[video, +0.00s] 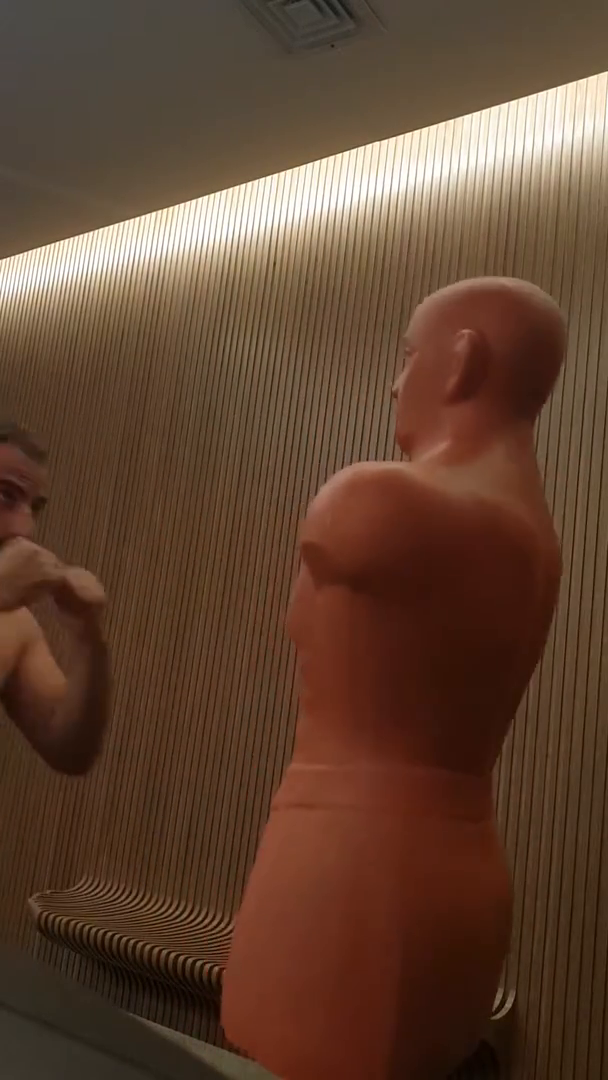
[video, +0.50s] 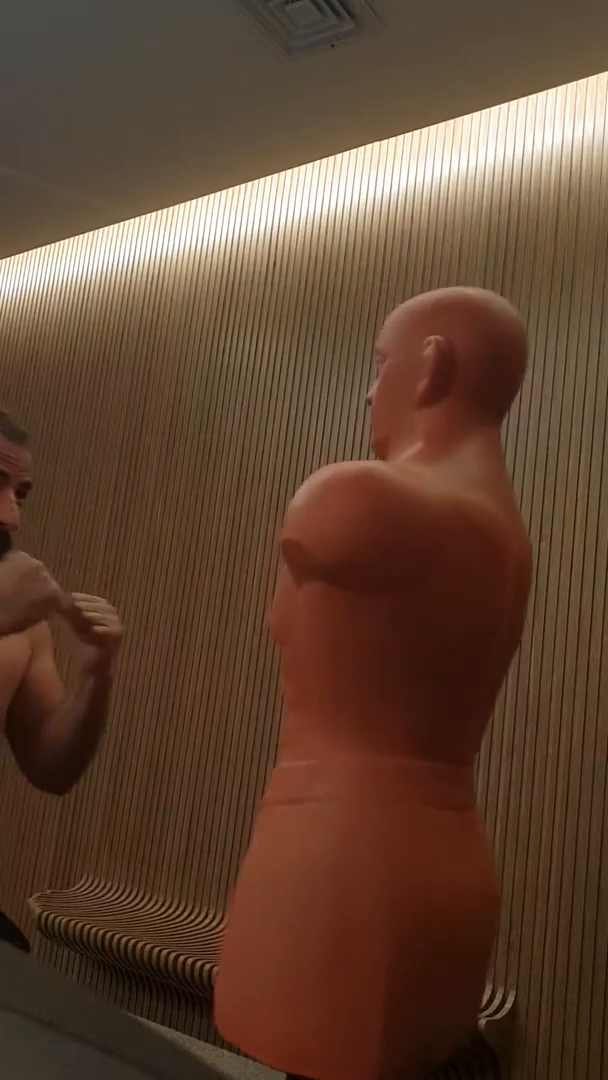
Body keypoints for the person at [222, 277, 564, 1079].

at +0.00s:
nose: (397, 384)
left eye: (410, 357)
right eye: (403, 359)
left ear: (462, 363)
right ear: (528, 390)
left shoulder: (374, 507)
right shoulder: (532, 542)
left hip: (348, 883)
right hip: (453, 873)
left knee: (297, 1065)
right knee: (410, 1065)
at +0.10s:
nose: (373, 397)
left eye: (386, 372)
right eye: (378, 374)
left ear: (436, 378)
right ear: (498, 400)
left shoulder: (356, 505)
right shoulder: (505, 541)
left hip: (342, 863)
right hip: (442, 853)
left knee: (292, 1064)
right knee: (406, 1065)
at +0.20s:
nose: (347, 413)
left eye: (356, 389)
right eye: (350, 392)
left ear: (406, 387)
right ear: (470, 411)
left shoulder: (334, 504)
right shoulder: (479, 538)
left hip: (330, 855)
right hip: (430, 846)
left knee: (320, 1064)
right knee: (382, 1063)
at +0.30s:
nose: (340, 410)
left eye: (349, 387)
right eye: (342, 390)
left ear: (397, 387)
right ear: (459, 407)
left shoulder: (325, 504)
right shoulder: (470, 534)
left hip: (327, 854)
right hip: (427, 842)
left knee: (316, 1061)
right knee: (383, 1061)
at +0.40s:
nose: (350, 401)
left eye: (360, 377)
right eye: (353, 379)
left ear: (411, 377)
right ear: (473, 401)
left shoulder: (338, 503)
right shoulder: (486, 539)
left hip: (328, 865)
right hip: (432, 852)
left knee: (311, 1062)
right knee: (385, 1064)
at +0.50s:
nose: (369, 390)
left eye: (383, 363)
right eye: (374, 365)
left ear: (434, 368)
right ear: (494, 393)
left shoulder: (348, 502)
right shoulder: (504, 538)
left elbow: (281, 623)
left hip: (337, 871)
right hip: (444, 860)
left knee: (295, 1064)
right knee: (404, 1065)